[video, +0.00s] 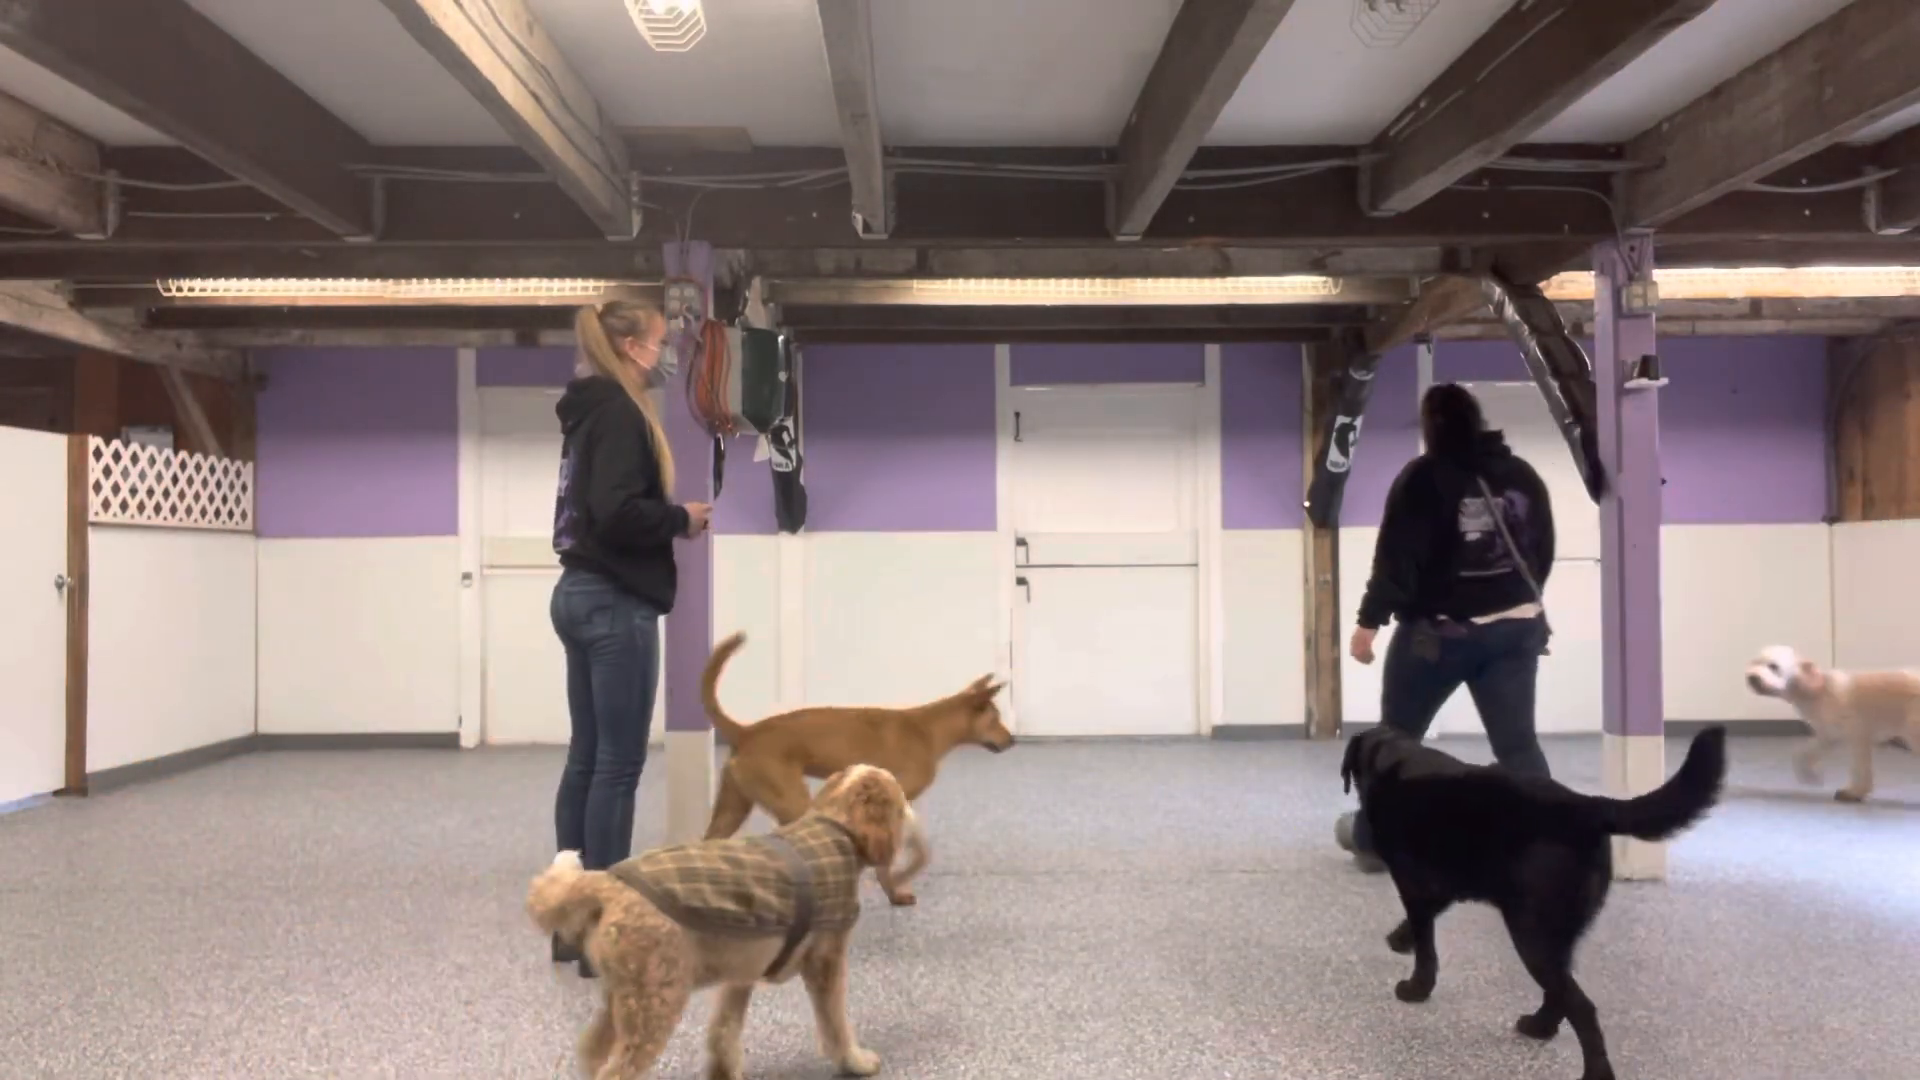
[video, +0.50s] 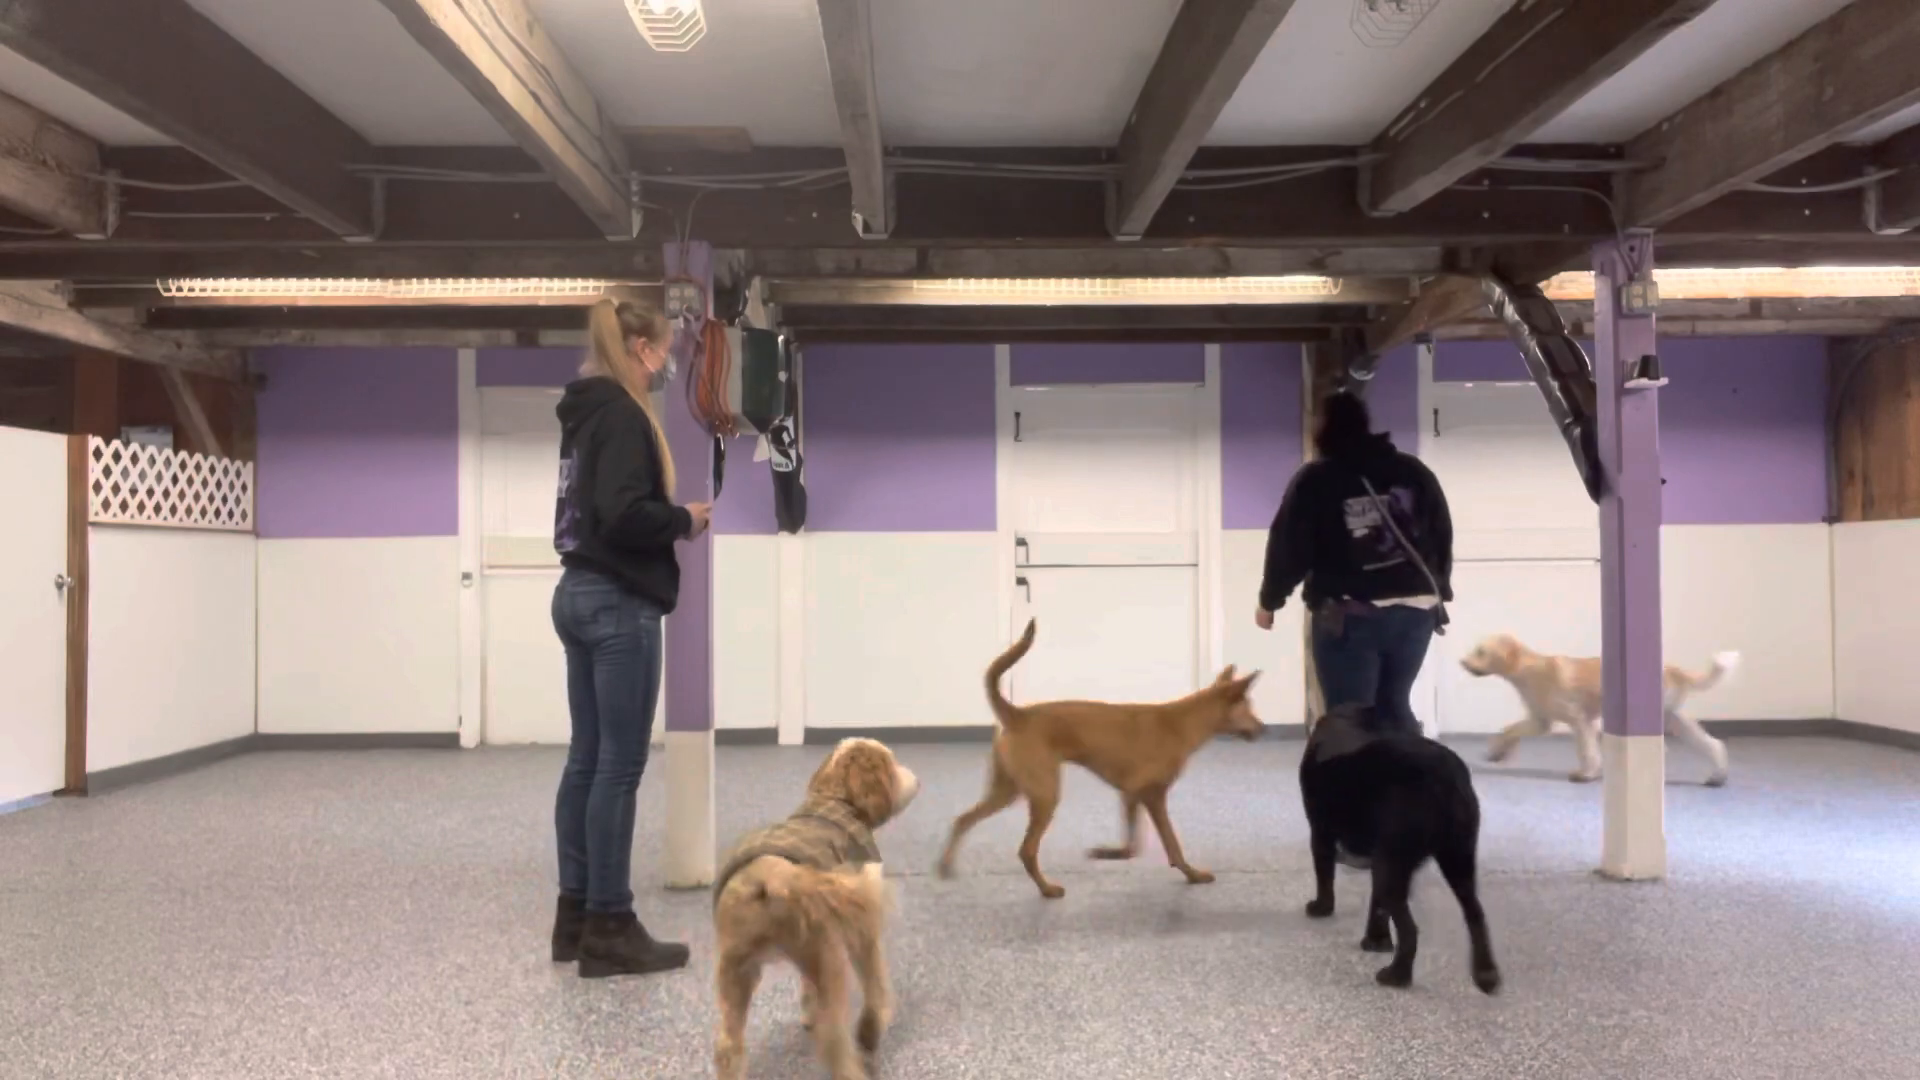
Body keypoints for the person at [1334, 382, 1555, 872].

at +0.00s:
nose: (1423, 431)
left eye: (1425, 423)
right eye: (1428, 421)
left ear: (1430, 427)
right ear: (1476, 420)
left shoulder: (1421, 479)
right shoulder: (1521, 474)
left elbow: (1396, 559)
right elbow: (1541, 552)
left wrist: (1368, 622)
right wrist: (1518, 600)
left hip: (1435, 636)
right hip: (1511, 632)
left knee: (1398, 740)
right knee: (1518, 747)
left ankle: (1376, 836)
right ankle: (1554, 842)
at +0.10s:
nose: (1395, 438)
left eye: (1397, 431)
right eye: (1398, 430)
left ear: (1403, 435)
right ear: (1448, 427)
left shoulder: (1394, 489)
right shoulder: (1493, 481)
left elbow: (1376, 569)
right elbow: (1516, 554)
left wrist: (1351, 630)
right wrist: (1498, 609)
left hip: (1410, 640)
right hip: (1486, 636)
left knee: (1379, 740)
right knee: (1499, 746)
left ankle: (1365, 840)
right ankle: (1544, 839)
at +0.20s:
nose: (1366, 441)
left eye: (1368, 433)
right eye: (1367, 433)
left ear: (1375, 437)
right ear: (1420, 428)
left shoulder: (1370, 488)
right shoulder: (1466, 479)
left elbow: (1352, 565)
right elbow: (1488, 551)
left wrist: (1333, 622)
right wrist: (1487, 613)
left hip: (1386, 633)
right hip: (1460, 631)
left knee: (1361, 739)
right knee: (1466, 738)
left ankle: (1358, 839)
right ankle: (1519, 820)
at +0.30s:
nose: (1340, 434)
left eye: (1342, 426)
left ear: (1344, 431)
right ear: (1390, 423)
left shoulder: (1338, 483)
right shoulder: (1439, 471)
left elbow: (1314, 554)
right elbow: (1466, 539)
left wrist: (1298, 616)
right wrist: (1467, 602)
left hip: (1363, 623)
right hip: (1434, 621)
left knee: (1356, 736)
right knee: (1423, 724)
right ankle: (1476, 781)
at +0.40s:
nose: (1327, 432)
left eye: (1328, 424)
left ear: (1330, 429)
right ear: (1375, 423)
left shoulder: (1322, 481)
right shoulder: (1423, 469)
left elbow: (1297, 549)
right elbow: (1452, 535)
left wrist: (1279, 607)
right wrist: (1452, 596)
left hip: (1354, 616)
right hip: (1423, 612)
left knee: (1353, 725)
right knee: (1405, 711)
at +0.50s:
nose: (1317, 432)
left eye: (1319, 425)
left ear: (1324, 430)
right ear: (1365, 427)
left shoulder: (1314, 479)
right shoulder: (1412, 470)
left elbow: (1289, 546)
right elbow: (1440, 532)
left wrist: (1269, 601)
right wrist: (1439, 589)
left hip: (1347, 615)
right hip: (1414, 613)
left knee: (1350, 720)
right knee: (1395, 707)